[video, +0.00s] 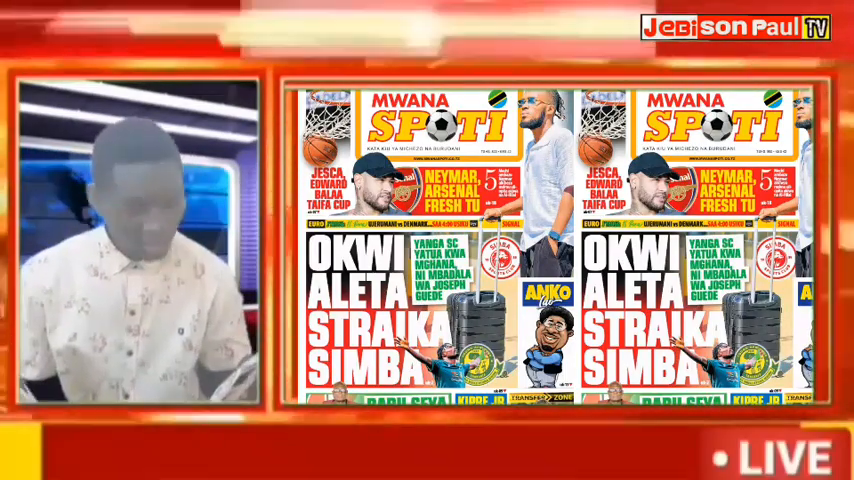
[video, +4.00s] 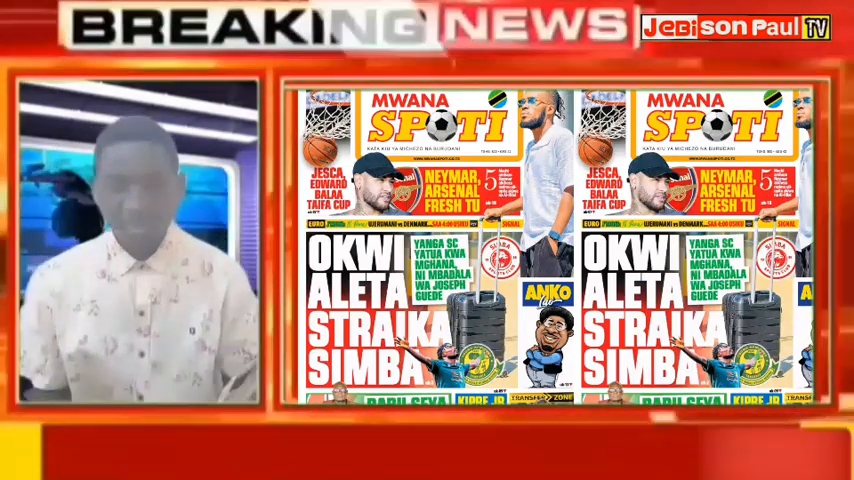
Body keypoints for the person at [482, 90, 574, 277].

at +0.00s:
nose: (523, 107)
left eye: (531, 101)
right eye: (522, 103)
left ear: (549, 110)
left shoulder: (563, 138)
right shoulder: (531, 147)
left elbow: (571, 192)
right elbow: (532, 196)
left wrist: (553, 238)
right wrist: (502, 211)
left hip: (552, 242)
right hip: (530, 243)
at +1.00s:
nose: (523, 107)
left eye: (531, 101)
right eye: (522, 103)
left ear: (549, 110)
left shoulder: (563, 138)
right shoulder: (531, 147)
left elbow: (571, 192)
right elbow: (532, 196)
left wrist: (553, 238)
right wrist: (502, 211)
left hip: (552, 242)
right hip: (530, 243)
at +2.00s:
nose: (523, 107)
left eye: (531, 101)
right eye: (522, 103)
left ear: (549, 110)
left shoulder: (563, 138)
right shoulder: (531, 147)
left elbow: (571, 192)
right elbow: (532, 196)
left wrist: (554, 238)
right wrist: (502, 211)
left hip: (551, 241)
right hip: (530, 242)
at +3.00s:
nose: (523, 107)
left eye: (531, 101)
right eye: (522, 103)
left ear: (549, 110)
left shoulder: (563, 139)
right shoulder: (531, 147)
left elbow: (571, 192)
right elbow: (532, 196)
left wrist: (554, 238)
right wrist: (502, 211)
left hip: (552, 241)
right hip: (530, 242)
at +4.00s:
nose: (523, 107)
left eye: (531, 101)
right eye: (522, 103)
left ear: (549, 110)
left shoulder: (563, 139)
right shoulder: (531, 147)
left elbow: (571, 192)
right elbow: (532, 196)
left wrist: (554, 238)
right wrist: (502, 211)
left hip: (551, 241)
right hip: (530, 242)